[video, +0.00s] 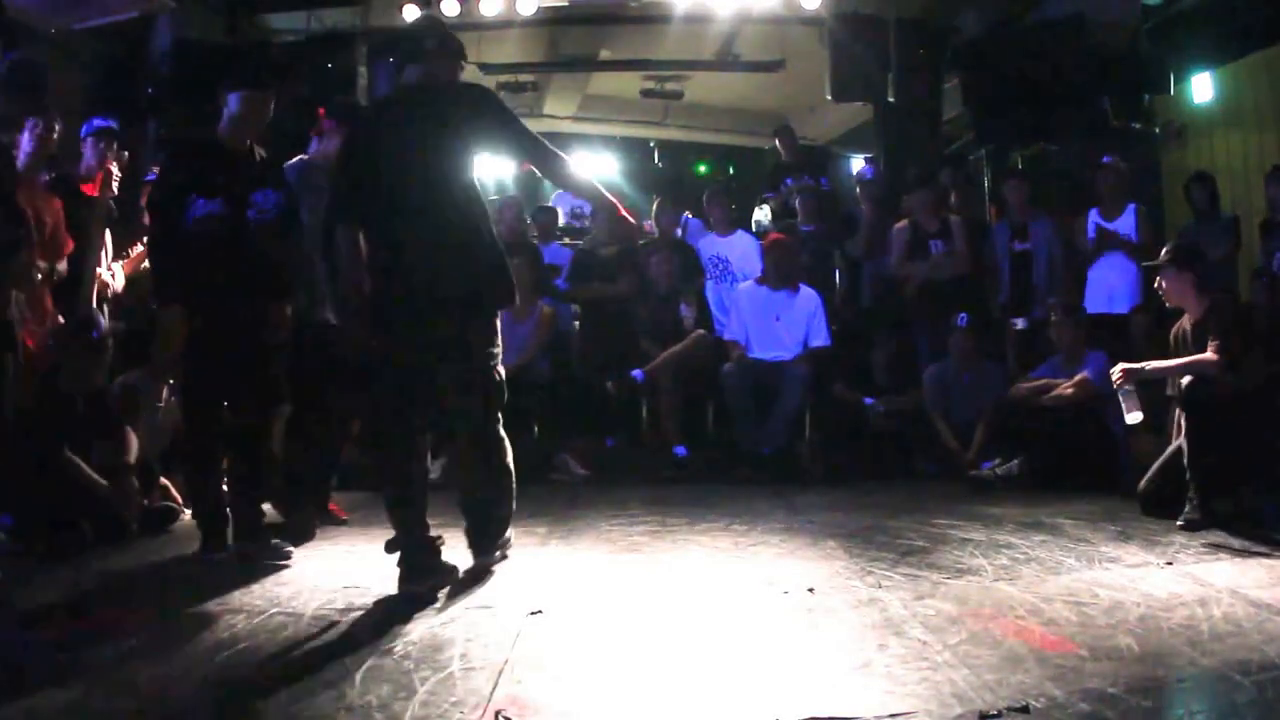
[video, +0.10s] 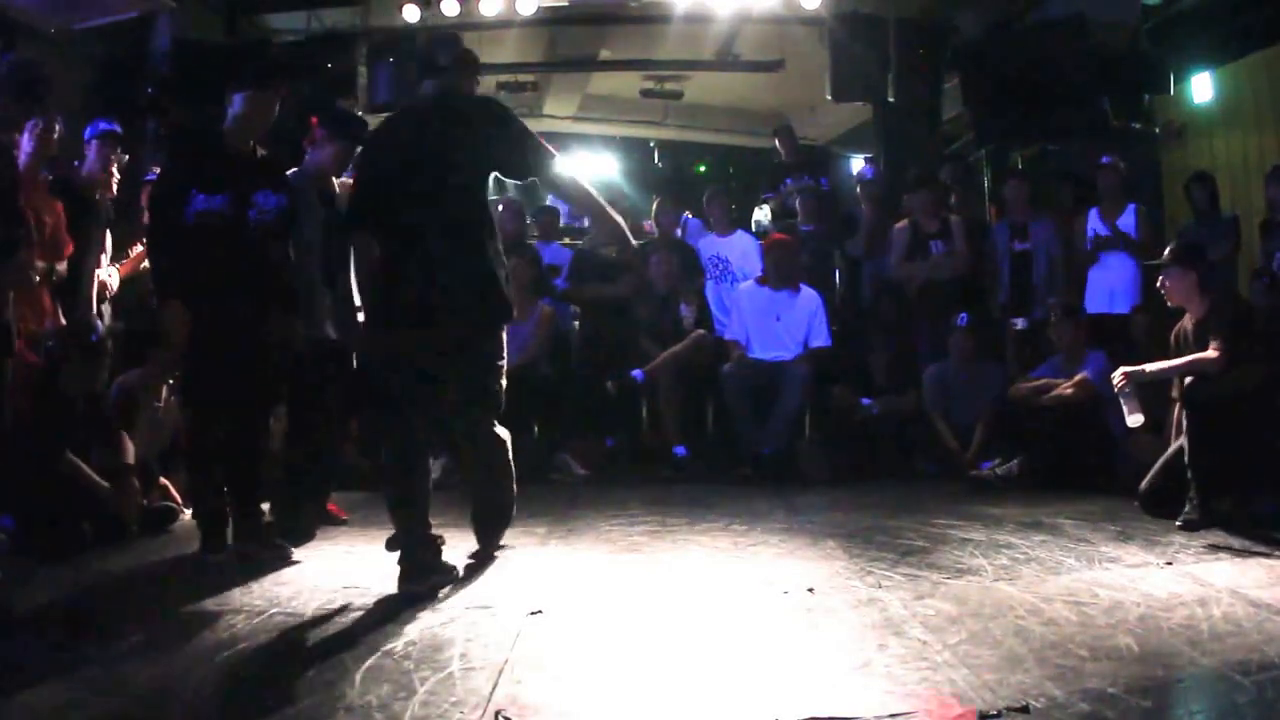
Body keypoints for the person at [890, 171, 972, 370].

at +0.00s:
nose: (923, 202)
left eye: (926, 195)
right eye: (917, 196)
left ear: (934, 197)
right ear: (909, 201)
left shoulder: (954, 224)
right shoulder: (902, 230)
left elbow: (962, 263)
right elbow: (897, 267)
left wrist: (926, 273)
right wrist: (931, 266)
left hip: (953, 295)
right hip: (920, 298)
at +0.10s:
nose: (924, 202)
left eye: (927, 196)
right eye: (919, 197)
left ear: (936, 198)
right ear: (910, 201)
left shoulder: (954, 224)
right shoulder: (902, 230)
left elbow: (961, 263)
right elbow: (896, 269)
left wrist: (923, 274)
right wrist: (936, 265)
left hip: (952, 296)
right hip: (919, 300)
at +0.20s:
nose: (924, 203)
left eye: (927, 196)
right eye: (918, 197)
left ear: (936, 197)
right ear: (910, 201)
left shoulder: (954, 224)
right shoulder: (902, 230)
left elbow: (962, 263)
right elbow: (898, 269)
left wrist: (922, 272)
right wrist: (937, 266)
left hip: (953, 299)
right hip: (919, 303)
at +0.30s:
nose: (923, 202)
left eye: (926, 195)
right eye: (918, 196)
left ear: (935, 197)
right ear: (910, 200)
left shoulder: (954, 224)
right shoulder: (902, 230)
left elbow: (962, 263)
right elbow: (898, 269)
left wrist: (922, 272)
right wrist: (937, 266)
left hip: (953, 299)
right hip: (920, 303)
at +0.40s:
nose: (925, 201)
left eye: (929, 195)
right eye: (920, 196)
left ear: (937, 197)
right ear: (911, 199)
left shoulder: (954, 224)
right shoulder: (902, 230)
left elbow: (961, 263)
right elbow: (898, 269)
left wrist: (922, 274)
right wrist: (936, 265)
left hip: (953, 298)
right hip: (919, 302)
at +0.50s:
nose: (927, 198)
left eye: (930, 192)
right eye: (921, 193)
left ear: (937, 194)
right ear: (912, 198)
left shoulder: (955, 224)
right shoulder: (902, 229)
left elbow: (961, 263)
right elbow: (898, 269)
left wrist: (922, 274)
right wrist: (936, 265)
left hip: (953, 298)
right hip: (919, 302)